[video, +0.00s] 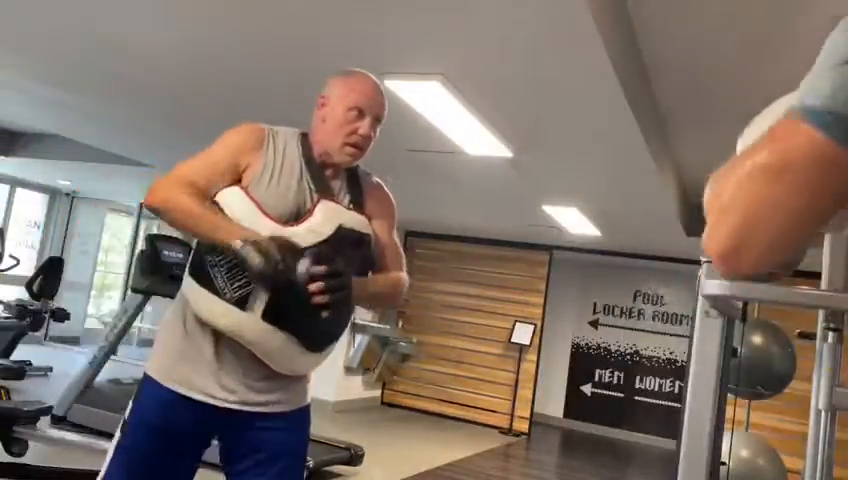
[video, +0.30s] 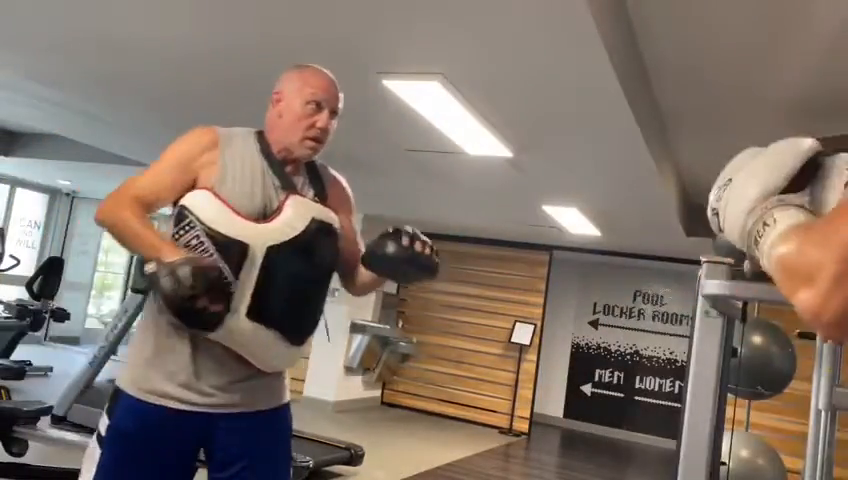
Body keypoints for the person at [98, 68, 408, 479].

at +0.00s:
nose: (367, 130)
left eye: (375, 122)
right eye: (357, 113)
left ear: (380, 131)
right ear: (322, 106)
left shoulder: (373, 196)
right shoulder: (253, 144)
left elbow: (397, 283)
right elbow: (165, 194)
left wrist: (352, 288)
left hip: (277, 399)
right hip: (183, 380)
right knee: (132, 474)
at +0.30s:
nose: (325, 123)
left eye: (333, 114)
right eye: (314, 106)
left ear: (338, 124)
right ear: (276, 103)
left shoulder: (333, 190)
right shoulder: (208, 147)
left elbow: (356, 281)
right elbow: (117, 208)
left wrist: (389, 264)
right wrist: (172, 258)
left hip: (257, 406)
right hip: (159, 397)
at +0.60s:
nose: (257, 103)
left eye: (265, 93)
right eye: (246, 85)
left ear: (268, 102)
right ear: (207, 83)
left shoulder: (271, 167)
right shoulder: (140, 134)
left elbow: (313, 258)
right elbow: (64, 201)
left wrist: (287, 215)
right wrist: (175, 206)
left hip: (225, 390)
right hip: (125, 388)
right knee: (93, 473)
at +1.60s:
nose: (315, 117)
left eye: (320, 105)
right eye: (308, 97)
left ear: (268, 86)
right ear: (264, 80)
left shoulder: (278, 171)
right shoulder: (172, 113)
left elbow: (338, 242)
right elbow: (51, 178)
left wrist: (384, 169)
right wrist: (74, 297)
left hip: (212, 420)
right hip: (117, 414)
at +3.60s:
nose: (326, 126)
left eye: (332, 114)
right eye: (329, 110)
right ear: (304, 90)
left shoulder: (267, 150)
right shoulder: (243, 105)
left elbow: (288, 213)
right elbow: (186, 176)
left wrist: (344, 170)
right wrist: (218, 322)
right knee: (132, 471)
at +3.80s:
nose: (346, 141)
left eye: (351, 130)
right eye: (348, 125)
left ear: (318, 106)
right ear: (325, 106)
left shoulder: (292, 167)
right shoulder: (266, 113)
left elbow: (293, 241)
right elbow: (193, 161)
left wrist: (351, 199)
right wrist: (209, 302)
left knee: (202, 470)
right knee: (143, 471)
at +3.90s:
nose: (347, 148)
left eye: (352, 137)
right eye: (349, 132)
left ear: (320, 111)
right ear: (327, 111)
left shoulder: (293, 172)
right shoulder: (269, 114)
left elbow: (299, 243)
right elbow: (197, 159)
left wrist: (354, 201)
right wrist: (235, 295)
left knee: (201, 468)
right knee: (146, 469)